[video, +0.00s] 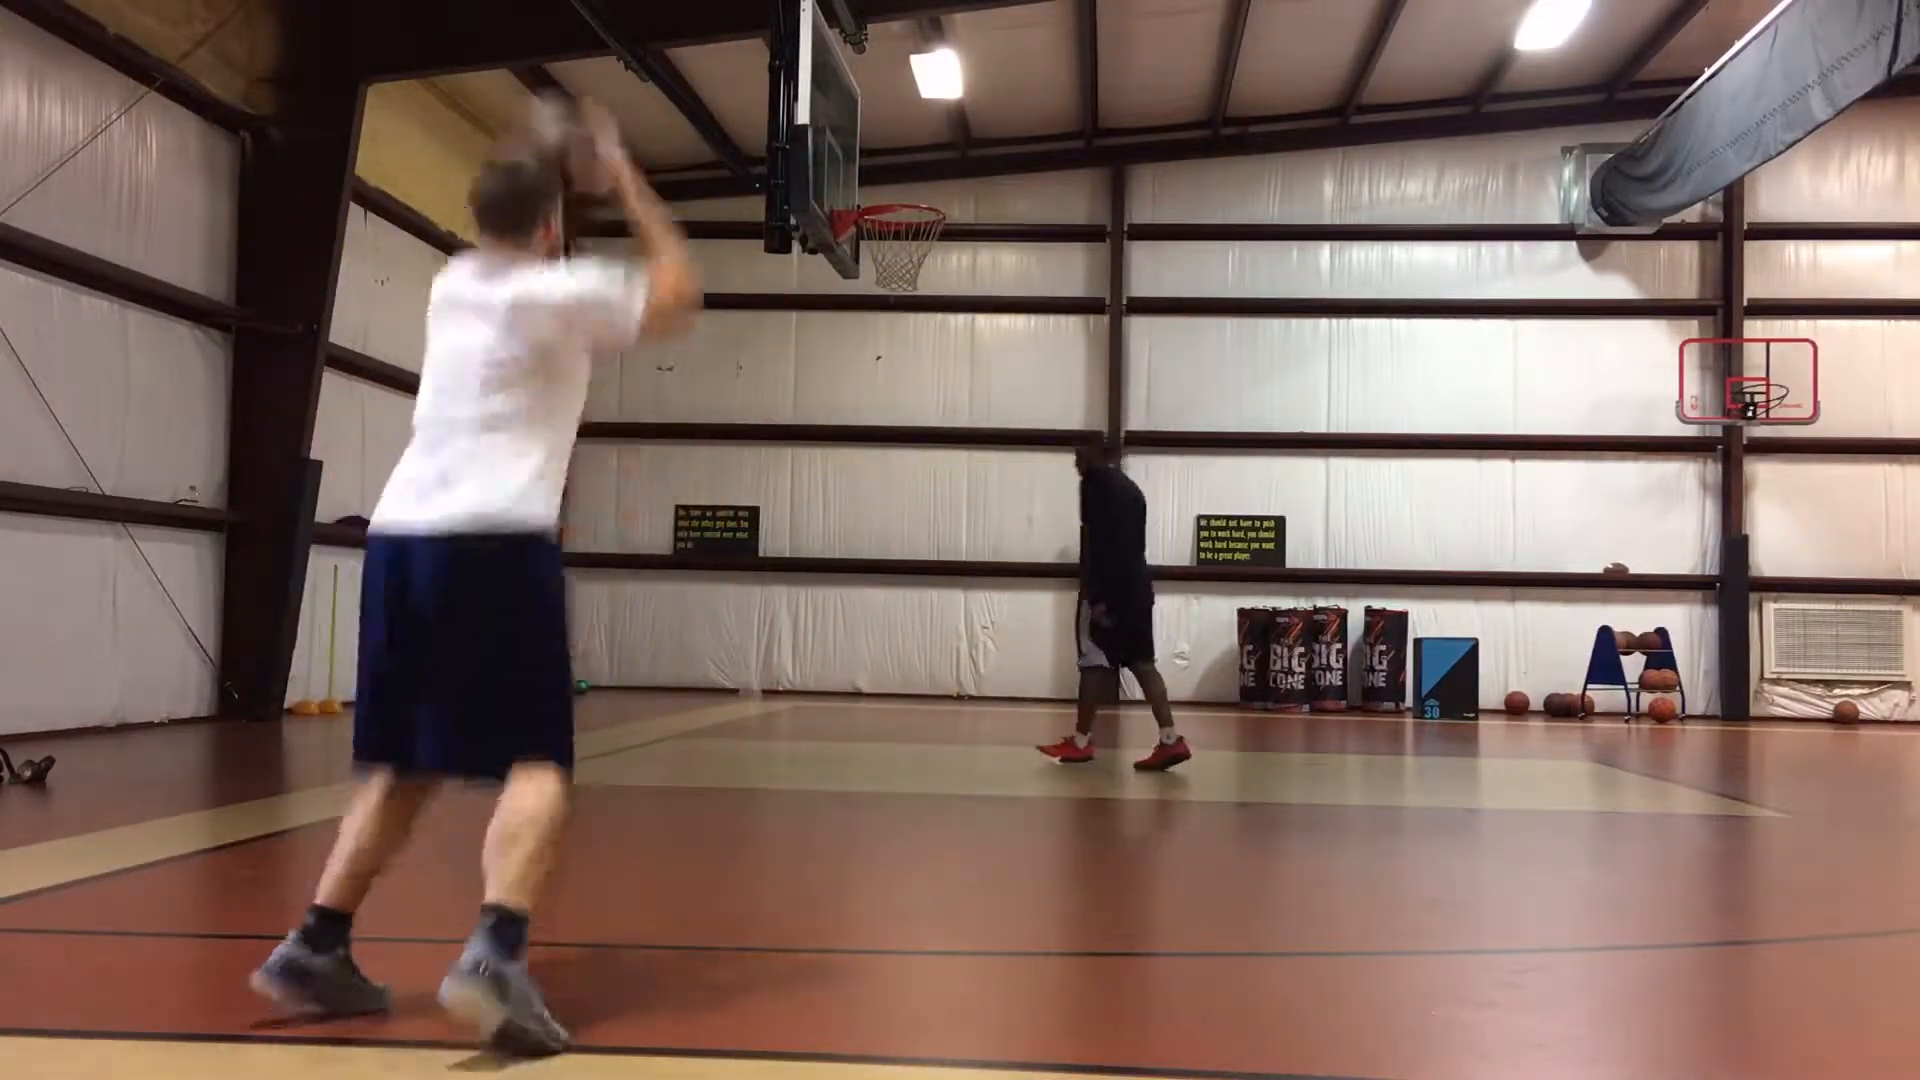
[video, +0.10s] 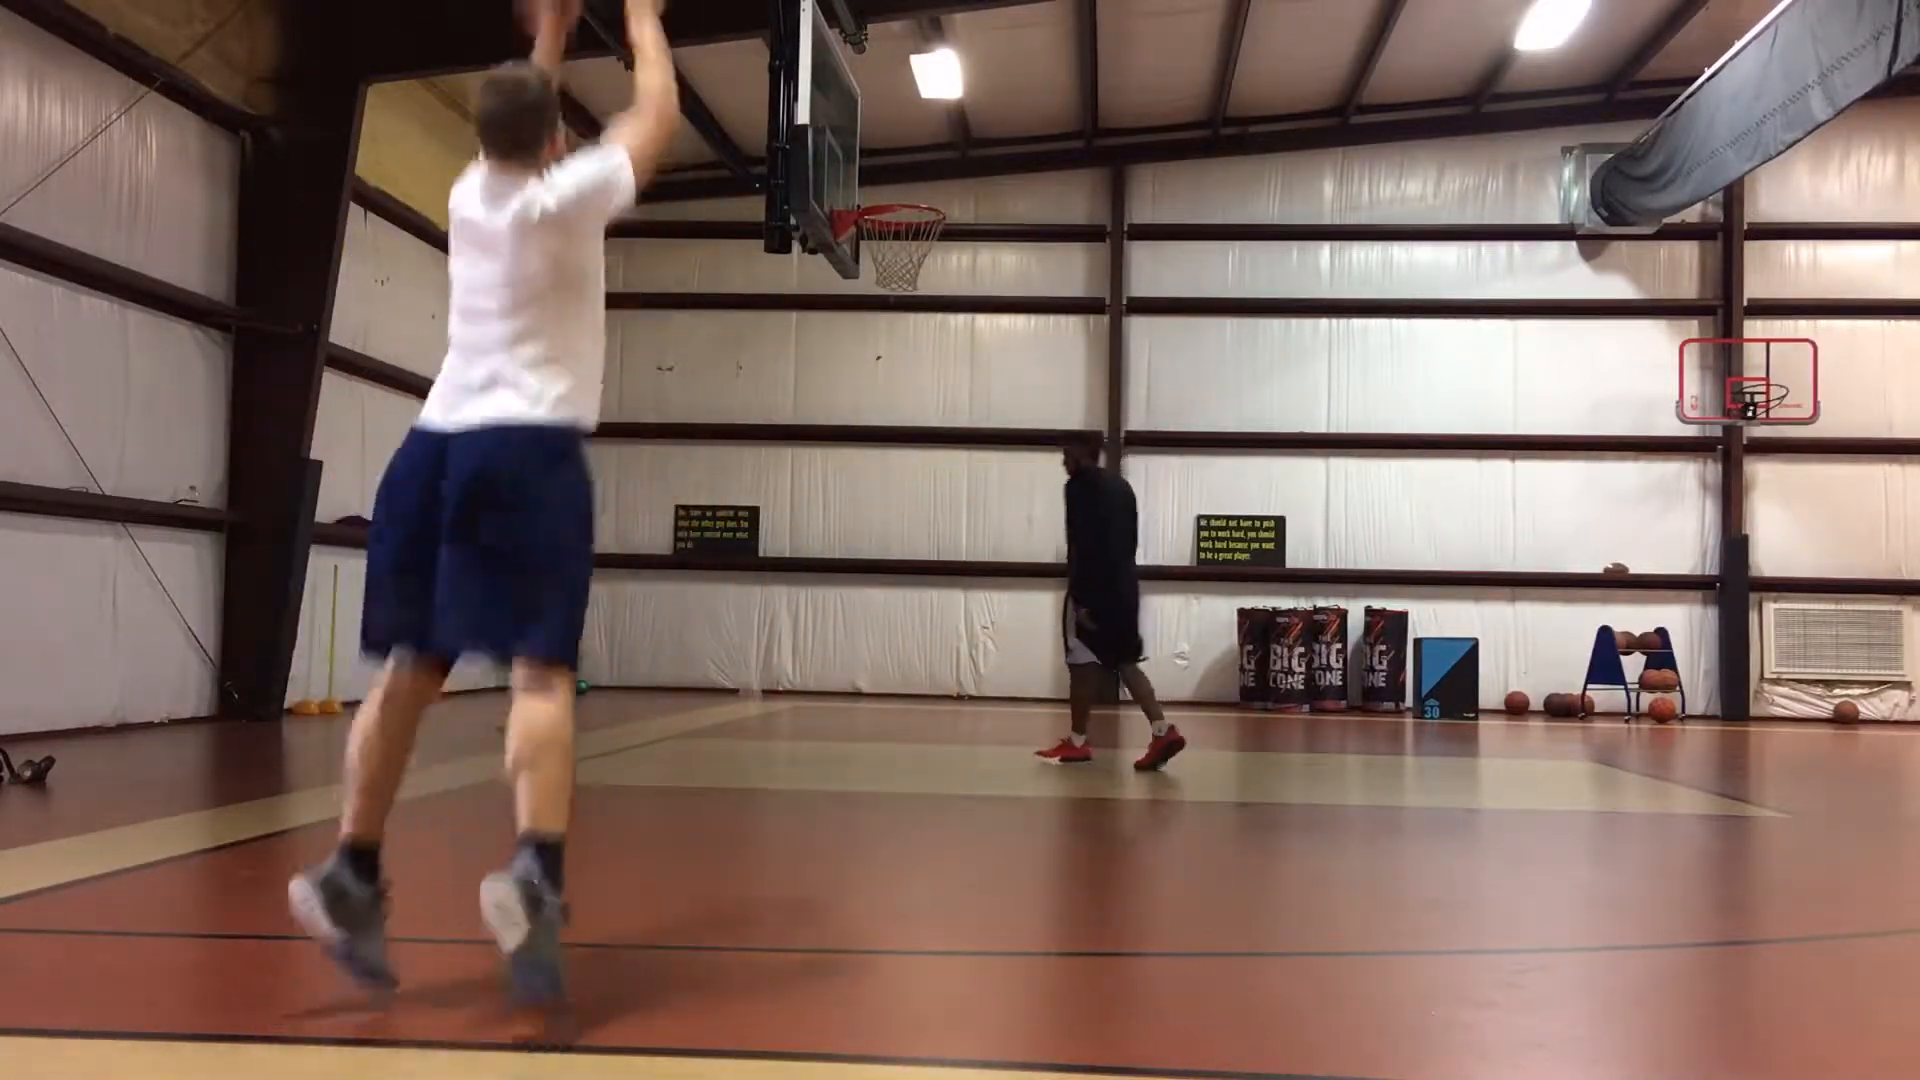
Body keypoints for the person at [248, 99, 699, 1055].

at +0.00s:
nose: (568, 228)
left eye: (561, 218)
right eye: (563, 213)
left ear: (480, 219)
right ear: (553, 223)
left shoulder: (450, 285)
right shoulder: (559, 294)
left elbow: (509, 236)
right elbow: (676, 286)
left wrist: (552, 168)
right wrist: (631, 188)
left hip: (399, 545)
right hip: (499, 545)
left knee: (399, 761)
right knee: (540, 760)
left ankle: (315, 947)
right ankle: (495, 957)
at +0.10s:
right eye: (556, 118)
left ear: (485, 137)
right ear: (556, 133)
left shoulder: (468, 196)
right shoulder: (572, 197)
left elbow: (515, 128)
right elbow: (657, 111)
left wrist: (544, 49)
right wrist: (648, 26)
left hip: (437, 448)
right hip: (534, 452)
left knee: (410, 670)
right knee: (542, 674)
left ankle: (352, 874)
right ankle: (537, 874)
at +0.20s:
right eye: (561, 71)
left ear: (489, 95)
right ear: (560, 89)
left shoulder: (479, 153)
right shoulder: (580, 153)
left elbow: (527, 58)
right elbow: (656, 67)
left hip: (458, 408)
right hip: (549, 413)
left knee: (451, 623)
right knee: (563, 628)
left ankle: (383, 822)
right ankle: (554, 826)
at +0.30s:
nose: (572, 95)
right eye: (570, 88)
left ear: (499, 102)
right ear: (571, 98)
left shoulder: (487, 155)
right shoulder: (591, 161)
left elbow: (530, 84)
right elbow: (660, 75)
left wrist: (561, 14)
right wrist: (630, 9)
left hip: (475, 417)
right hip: (566, 423)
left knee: (478, 628)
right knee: (579, 636)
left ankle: (430, 823)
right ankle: (578, 841)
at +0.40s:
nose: (587, 141)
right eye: (582, 133)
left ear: (514, 154)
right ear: (581, 150)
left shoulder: (498, 211)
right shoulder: (602, 218)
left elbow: (531, 133)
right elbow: (672, 141)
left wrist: (555, 65)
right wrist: (646, 62)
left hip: (490, 472)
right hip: (579, 479)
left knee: (503, 678)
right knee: (590, 695)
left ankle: (482, 870)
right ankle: (602, 895)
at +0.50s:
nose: (598, 234)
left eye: (572, 225)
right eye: (593, 225)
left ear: (523, 237)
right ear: (590, 237)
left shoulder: (504, 296)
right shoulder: (609, 307)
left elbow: (531, 213)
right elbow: (682, 233)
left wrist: (551, 145)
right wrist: (651, 153)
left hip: (499, 563)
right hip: (585, 568)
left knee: (524, 757)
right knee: (616, 773)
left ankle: (477, 917)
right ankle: (560, 955)